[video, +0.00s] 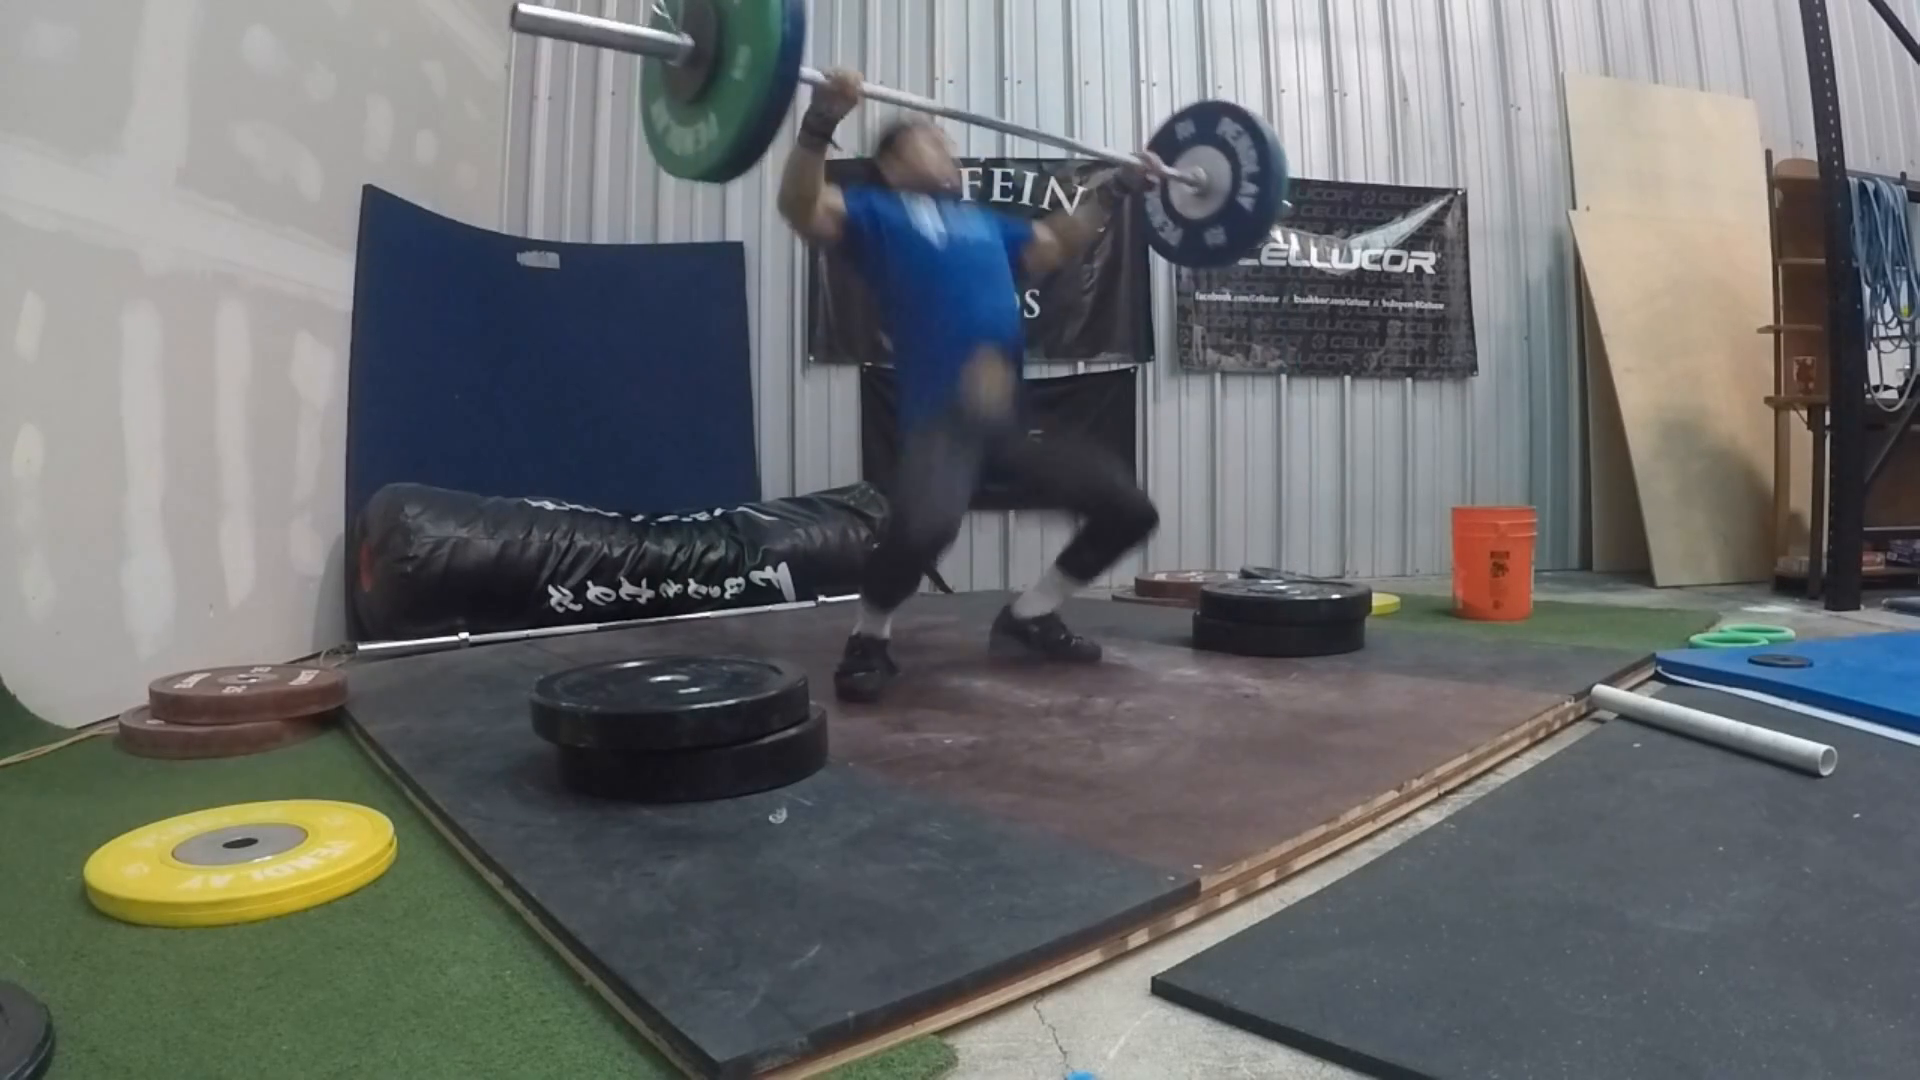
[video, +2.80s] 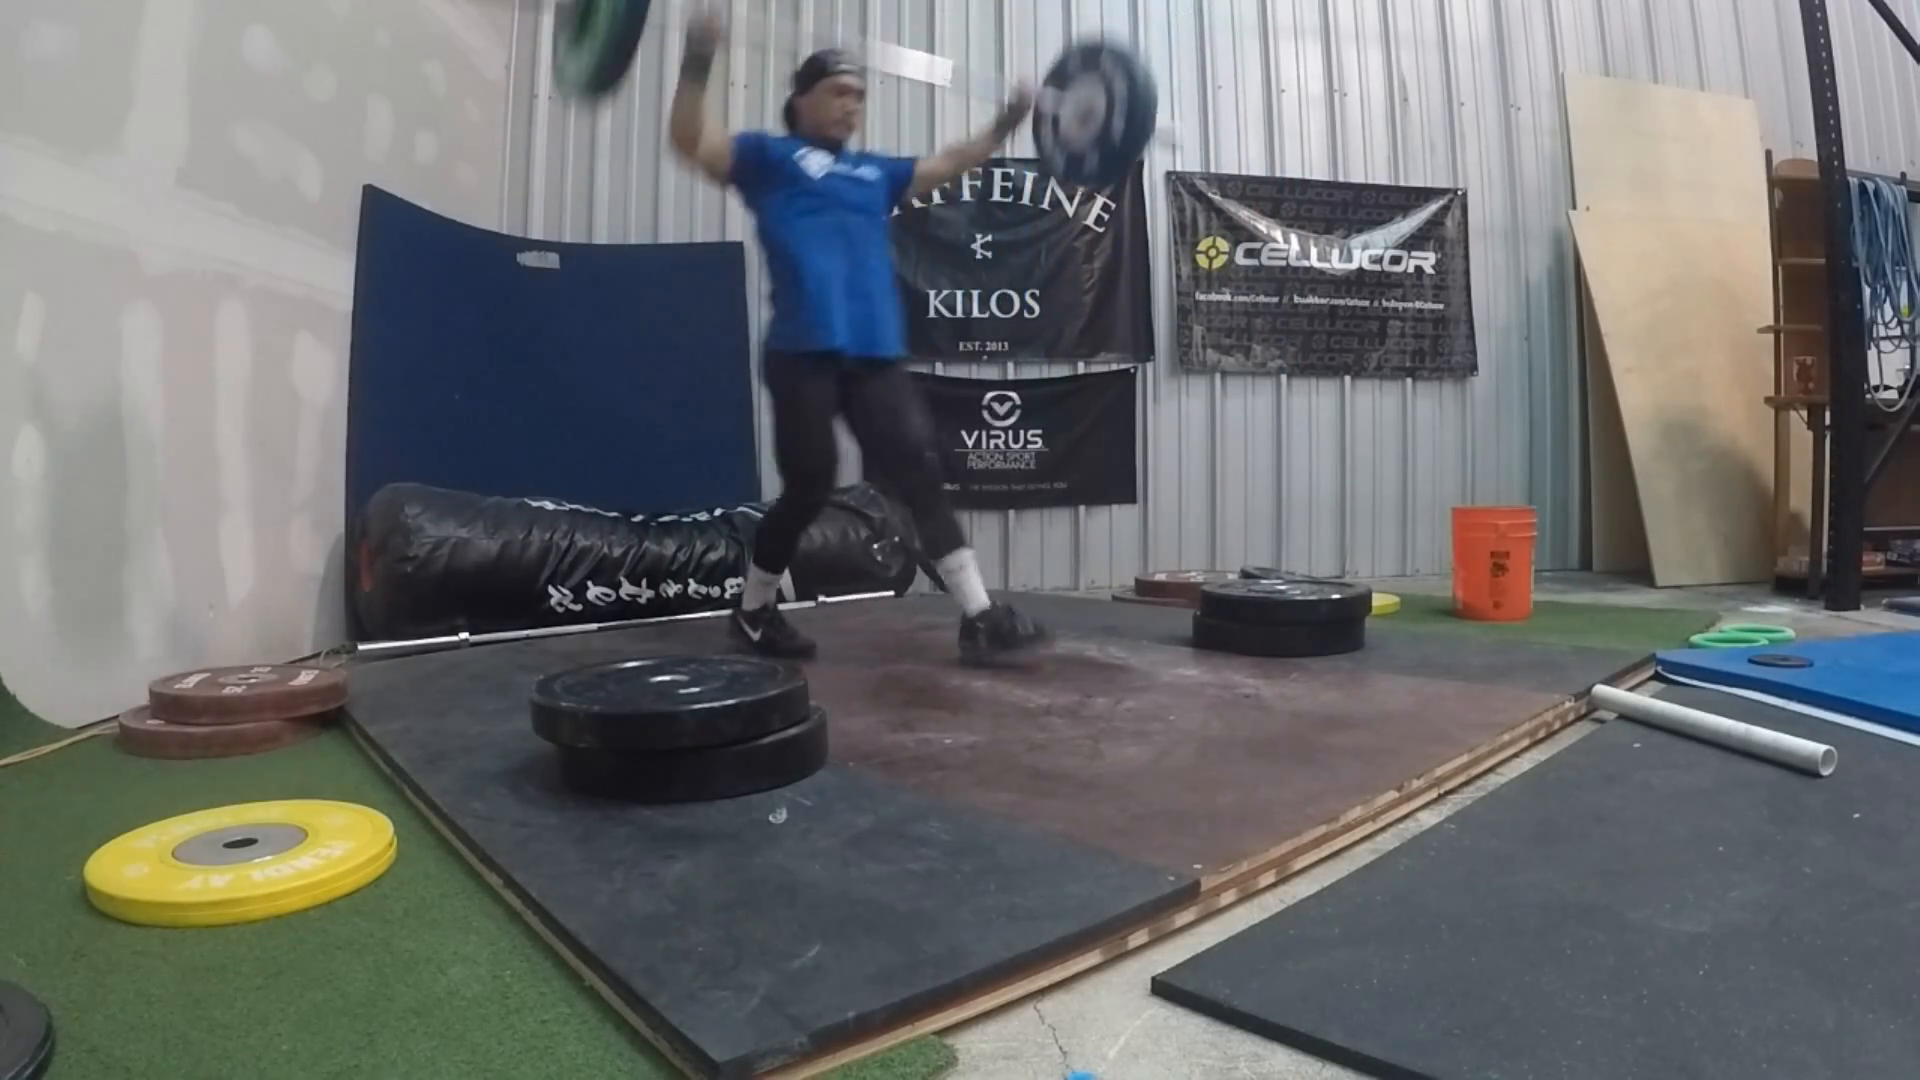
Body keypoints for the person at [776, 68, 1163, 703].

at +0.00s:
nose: (951, 152)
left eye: (948, 143)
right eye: (932, 142)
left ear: (949, 161)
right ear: (894, 161)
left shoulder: (984, 223)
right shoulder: (877, 211)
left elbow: (1049, 249)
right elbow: (799, 206)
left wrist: (1113, 190)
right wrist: (820, 123)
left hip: (1009, 427)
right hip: (937, 430)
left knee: (1129, 512)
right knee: (924, 528)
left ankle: (1030, 613)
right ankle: (869, 638)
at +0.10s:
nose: (1011, 232)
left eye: (1010, 221)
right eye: (992, 221)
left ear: (1016, 234)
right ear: (950, 243)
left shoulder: (1025, 295)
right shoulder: (916, 296)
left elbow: (1091, 261)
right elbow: (842, 233)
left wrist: (1132, 205)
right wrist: (818, 137)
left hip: (1002, 513)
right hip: (924, 512)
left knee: (1120, 518)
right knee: (928, 545)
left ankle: (1027, 618)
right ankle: (874, 641)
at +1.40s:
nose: (1027, 169)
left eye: (1030, 158)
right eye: (1010, 156)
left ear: (1030, 170)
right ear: (964, 167)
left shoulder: (1028, 218)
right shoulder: (914, 213)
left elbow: (1073, 172)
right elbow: (845, 141)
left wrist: (1103, 128)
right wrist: (788, 47)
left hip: (967, 422)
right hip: (881, 418)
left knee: (1069, 483)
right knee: (922, 495)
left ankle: (1021, 622)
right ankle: (865, 639)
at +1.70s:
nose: (1010, 82)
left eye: (1016, 72)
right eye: (993, 69)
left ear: (1019, 90)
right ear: (947, 83)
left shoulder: (1019, 144)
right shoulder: (906, 132)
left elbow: (1068, 97)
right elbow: (834, 50)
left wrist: (1093, 58)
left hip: (962, 366)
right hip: (882, 358)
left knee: (1049, 469)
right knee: (897, 477)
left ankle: (1020, 620)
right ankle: (863, 637)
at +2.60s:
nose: (929, 57)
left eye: (935, 47)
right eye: (916, 44)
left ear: (940, 55)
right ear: (875, 49)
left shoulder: (950, 115)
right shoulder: (840, 107)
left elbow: (1006, 78)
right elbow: (770, 34)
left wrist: (1043, 28)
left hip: (955, 324)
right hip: (877, 324)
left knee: (978, 456)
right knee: (873, 457)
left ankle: (991, 622)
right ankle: (816, 609)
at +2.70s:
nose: (889, 84)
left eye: (895, 74)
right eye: (876, 72)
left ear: (899, 79)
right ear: (838, 77)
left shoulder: (917, 141)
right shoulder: (804, 134)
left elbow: (985, 110)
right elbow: (727, 70)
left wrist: (1027, 59)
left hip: (920, 340)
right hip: (846, 339)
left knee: (952, 462)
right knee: (853, 470)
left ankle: (989, 622)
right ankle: (770, 598)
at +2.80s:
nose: (851, 105)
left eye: (858, 96)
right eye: (838, 93)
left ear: (862, 108)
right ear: (800, 101)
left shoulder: (873, 171)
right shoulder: (767, 156)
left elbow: (947, 164)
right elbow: (688, 140)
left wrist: (1005, 124)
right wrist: (697, 60)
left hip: (875, 356)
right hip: (801, 355)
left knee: (918, 470)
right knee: (809, 484)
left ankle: (981, 617)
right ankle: (754, 610)